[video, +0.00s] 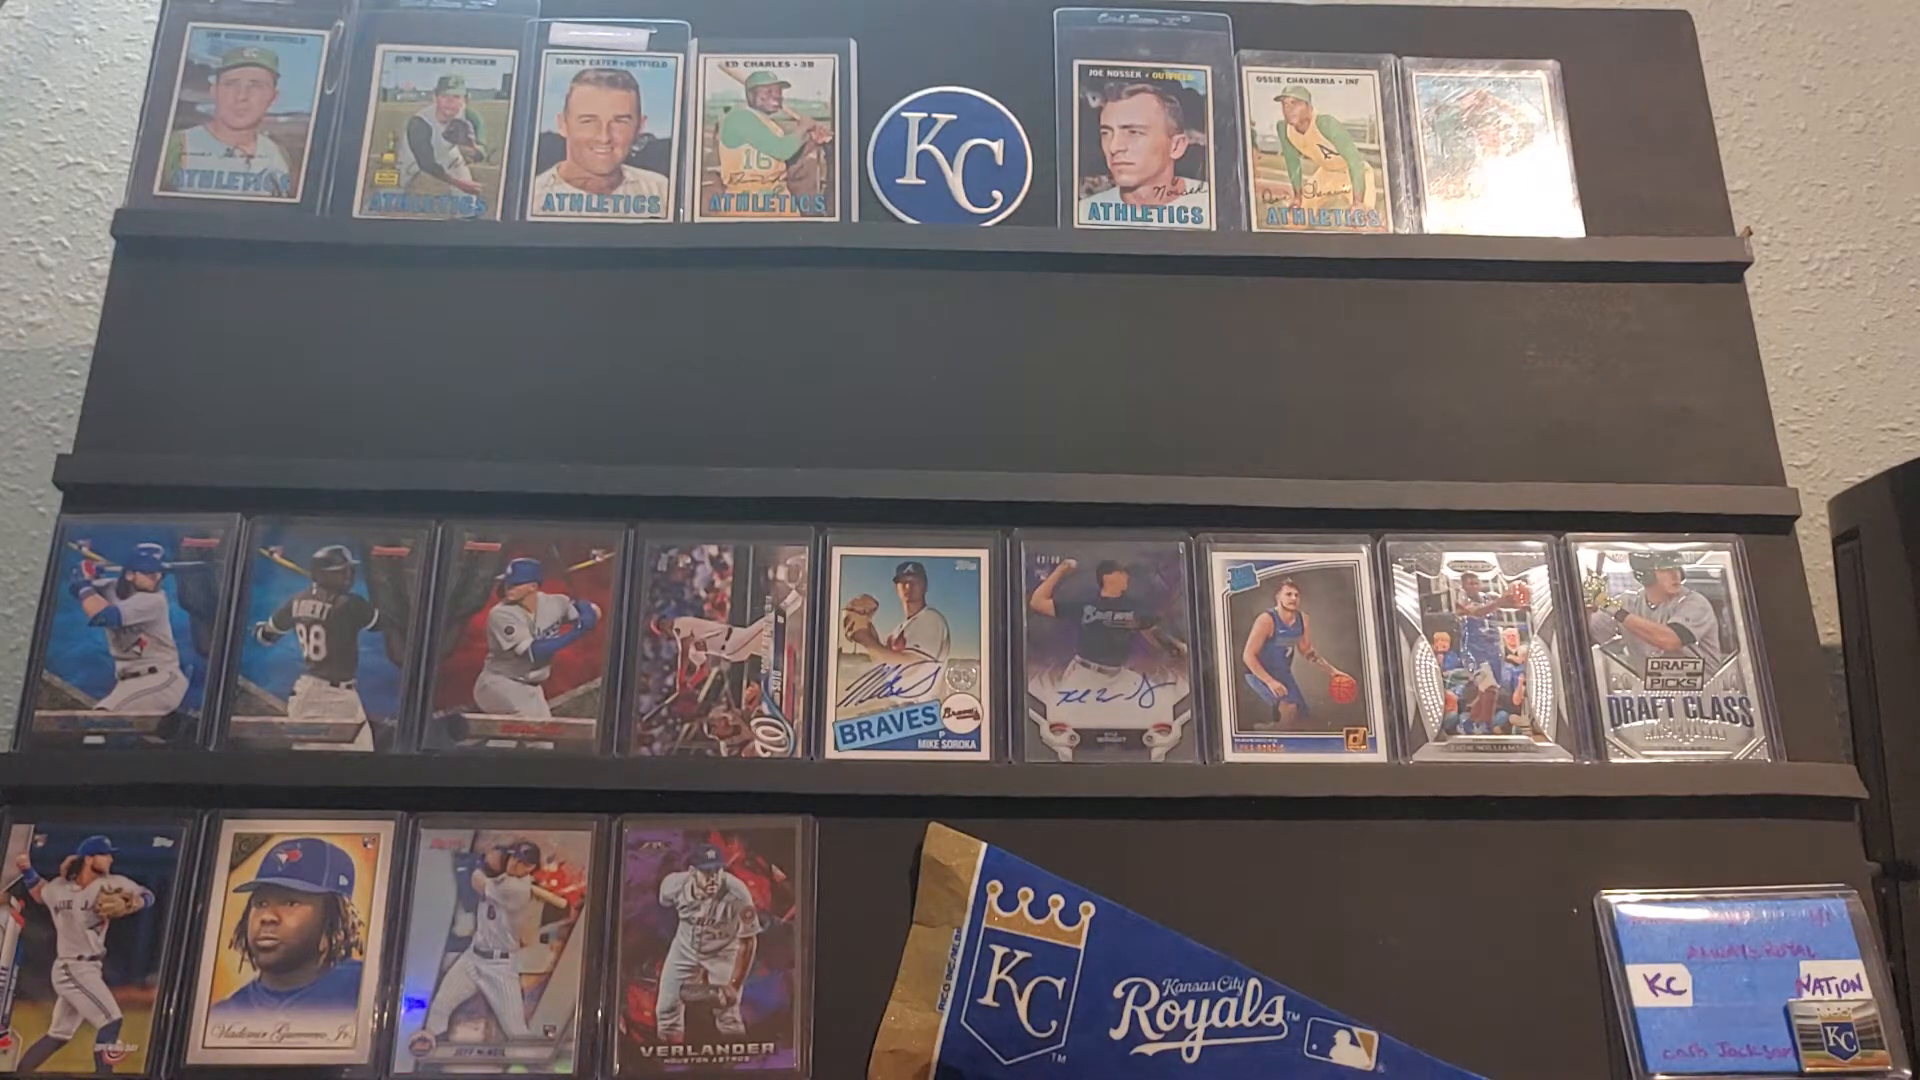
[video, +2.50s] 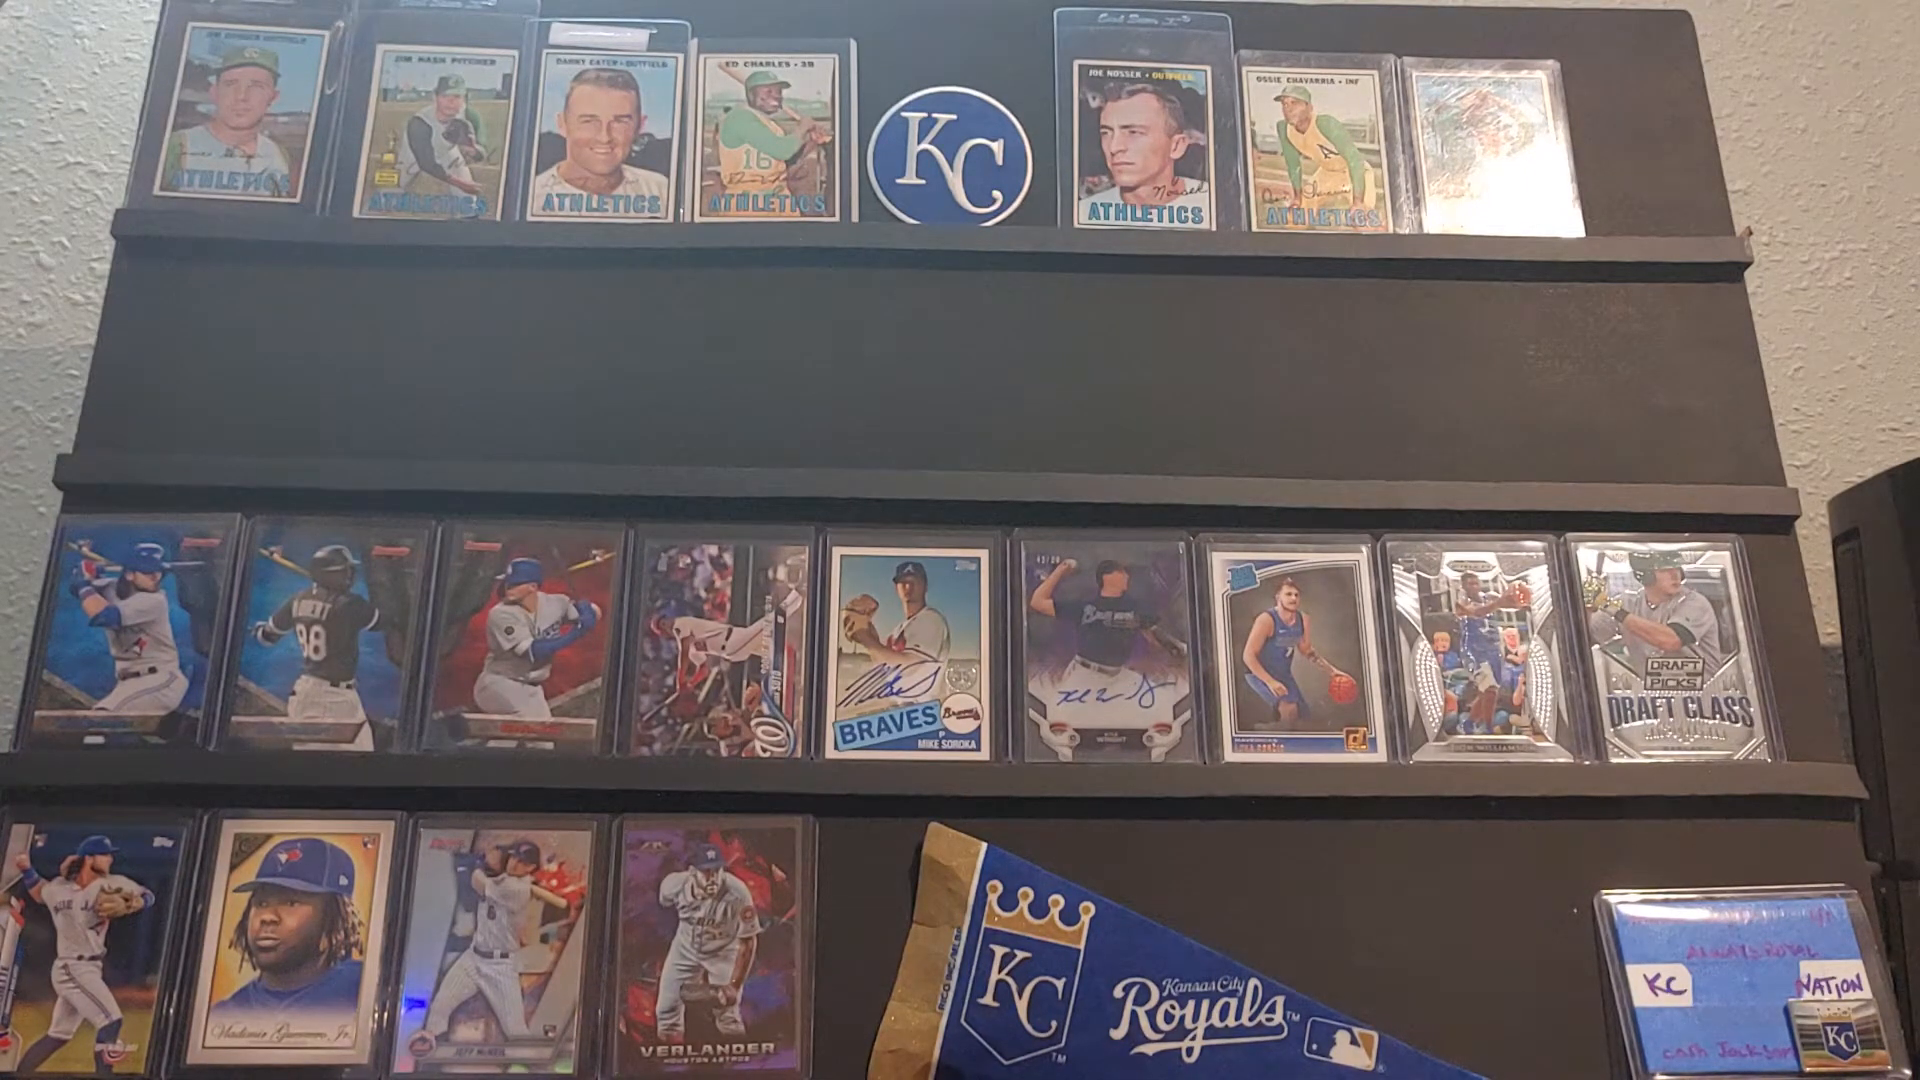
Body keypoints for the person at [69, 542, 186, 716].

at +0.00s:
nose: (157, 577)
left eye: (158, 572)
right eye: (149, 572)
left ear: (162, 573)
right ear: (130, 575)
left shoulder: (154, 600)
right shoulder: (113, 587)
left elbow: (105, 617)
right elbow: (79, 588)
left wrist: (83, 586)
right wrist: (87, 574)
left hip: (163, 679)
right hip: (130, 682)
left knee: (100, 717)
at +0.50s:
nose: (156, 577)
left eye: (159, 572)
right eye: (148, 572)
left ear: (162, 572)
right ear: (130, 574)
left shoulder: (154, 600)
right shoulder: (113, 588)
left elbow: (104, 617)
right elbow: (79, 588)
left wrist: (82, 585)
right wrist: (88, 573)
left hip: (163, 679)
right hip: (129, 682)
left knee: (100, 717)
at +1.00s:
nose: (156, 576)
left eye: (158, 571)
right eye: (148, 571)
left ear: (162, 572)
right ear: (130, 574)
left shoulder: (154, 600)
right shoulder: (113, 587)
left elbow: (104, 617)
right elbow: (79, 588)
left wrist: (82, 585)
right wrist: (88, 574)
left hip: (163, 679)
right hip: (129, 682)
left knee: (100, 717)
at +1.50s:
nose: (156, 577)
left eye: (158, 571)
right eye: (148, 572)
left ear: (162, 573)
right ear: (130, 574)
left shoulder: (154, 600)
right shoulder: (113, 587)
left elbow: (104, 617)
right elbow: (79, 588)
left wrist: (83, 585)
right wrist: (88, 573)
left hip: (163, 679)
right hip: (129, 682)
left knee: (99, 717)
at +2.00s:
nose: (156, 577)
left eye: (158, 572)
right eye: (148, 572)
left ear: (162, 573)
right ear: (130, 575)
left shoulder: (155, 601)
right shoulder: (114, 588)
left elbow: (105, 617)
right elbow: (79, 588)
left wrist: (83, 586)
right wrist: (88, 573)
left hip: (163, 680)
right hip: (130, 681)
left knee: (99, 717)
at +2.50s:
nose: (156, 577)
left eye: (158, 572)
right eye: (148, 572)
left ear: (162, 573)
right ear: (130, 575)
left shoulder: (155, 600)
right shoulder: (113, 588)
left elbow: (105, 617)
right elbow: (78, 588)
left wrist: (83, 585)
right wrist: (88, 573)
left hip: (162, 680)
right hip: (130, 681)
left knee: (99, 717)